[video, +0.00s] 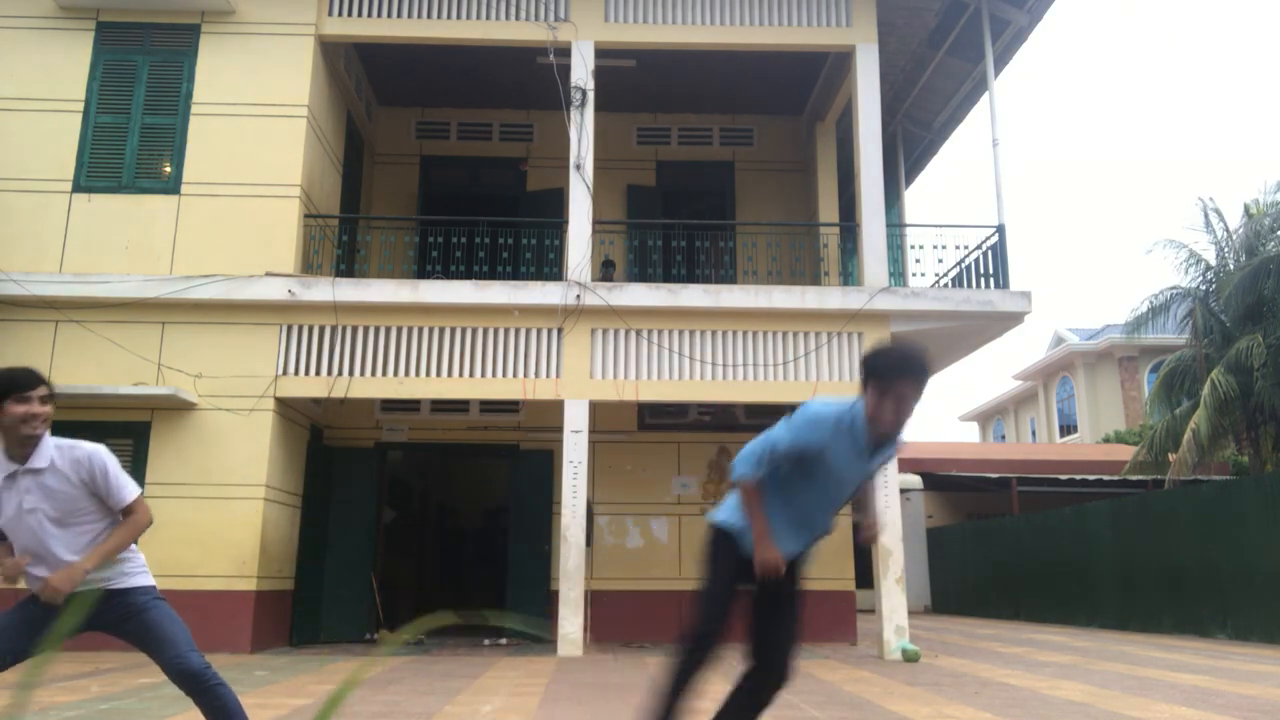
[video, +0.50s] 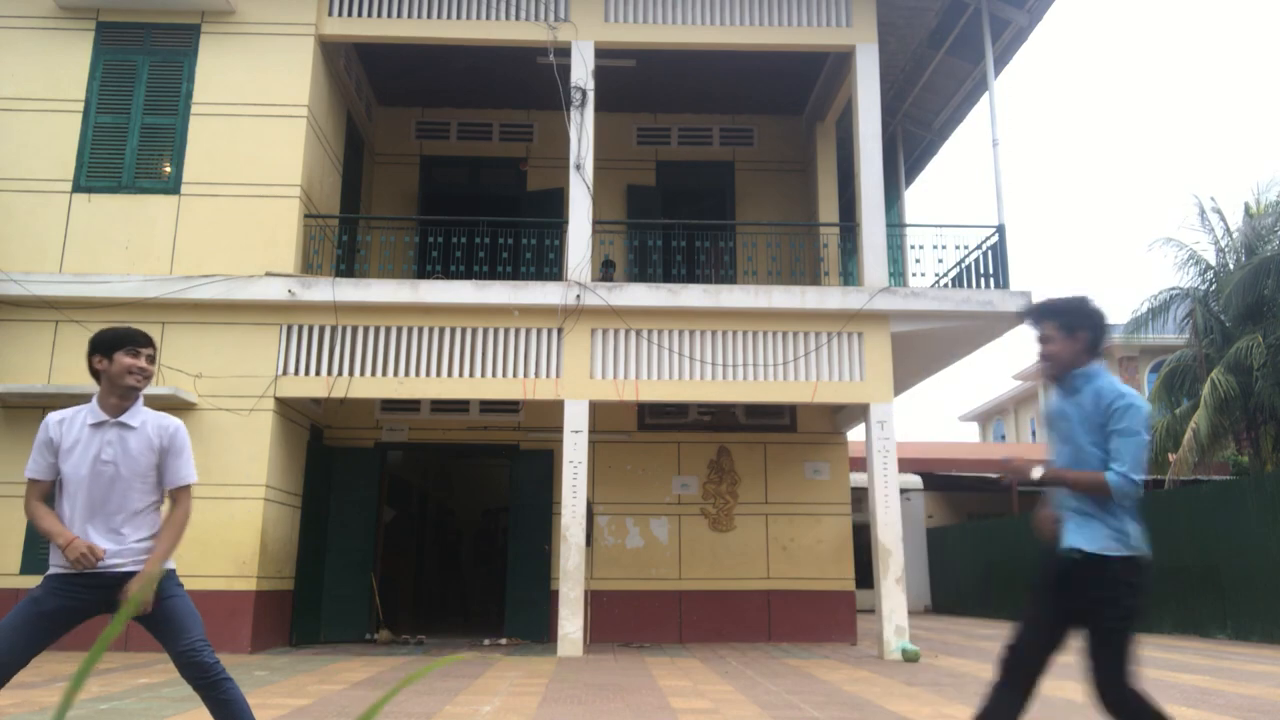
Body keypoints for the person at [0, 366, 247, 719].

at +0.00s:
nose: (36, 410)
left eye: (44, 401)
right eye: (23, 401)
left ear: (52, 407)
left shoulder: (87, 457)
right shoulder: (2, 475)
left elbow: (140, 515)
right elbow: (7, 544)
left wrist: (78, 569)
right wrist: (6, 565)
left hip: (123, 591)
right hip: (51, 599)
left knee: (191, 670)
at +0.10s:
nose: (61, 397)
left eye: (67, 388)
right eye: (46, 387)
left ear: (74, 395)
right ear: (14, 400)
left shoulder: (107, 448)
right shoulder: (6, 465)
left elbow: (151, 508)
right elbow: (3, 531)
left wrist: (85, 549)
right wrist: (32, 548)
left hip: (126, 588)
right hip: (55, 596)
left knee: (193, 670)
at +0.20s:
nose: (84, 383)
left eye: (91, 376)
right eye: (71, 374)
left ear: (97, 385)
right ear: (40, 386)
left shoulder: (124, 440)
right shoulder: (13, 455)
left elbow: (160, 507)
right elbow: (6, 527)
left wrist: (87, 549)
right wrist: (52, 535)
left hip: (131, 584)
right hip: (58, 589)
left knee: (192, 669)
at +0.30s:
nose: (108, 374)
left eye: (115, 367)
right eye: (95, 364)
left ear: (122, 376)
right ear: (64, 373)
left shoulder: (143, 434)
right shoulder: (31, 441)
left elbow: (164, 507)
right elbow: (14, 519)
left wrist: (98, 557)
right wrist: (67, 532)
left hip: (136, 580)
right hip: (59, 585)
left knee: (194, 668)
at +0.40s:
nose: (130, 368)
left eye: (136, 362)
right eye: (118, 358)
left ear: (140, 372)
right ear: (85, 367)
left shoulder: (157, 432)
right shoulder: (47, 431)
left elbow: (165, 508)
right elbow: (26, 508)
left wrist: (125, 573)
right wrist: (69, 537)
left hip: (143, 576)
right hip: (66, 579)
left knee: (199, 668)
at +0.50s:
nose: (143, 365)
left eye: (149, 359)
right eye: (132, 354)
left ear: (154, 370)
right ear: (100, 363)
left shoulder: (167, 431)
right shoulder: (58, 427)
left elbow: (181, 505)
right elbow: (35, 502)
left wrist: (150, 573)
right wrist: (67, 540)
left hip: (146, 576)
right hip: (72, 578)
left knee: (201, 665)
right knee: (1, 658)